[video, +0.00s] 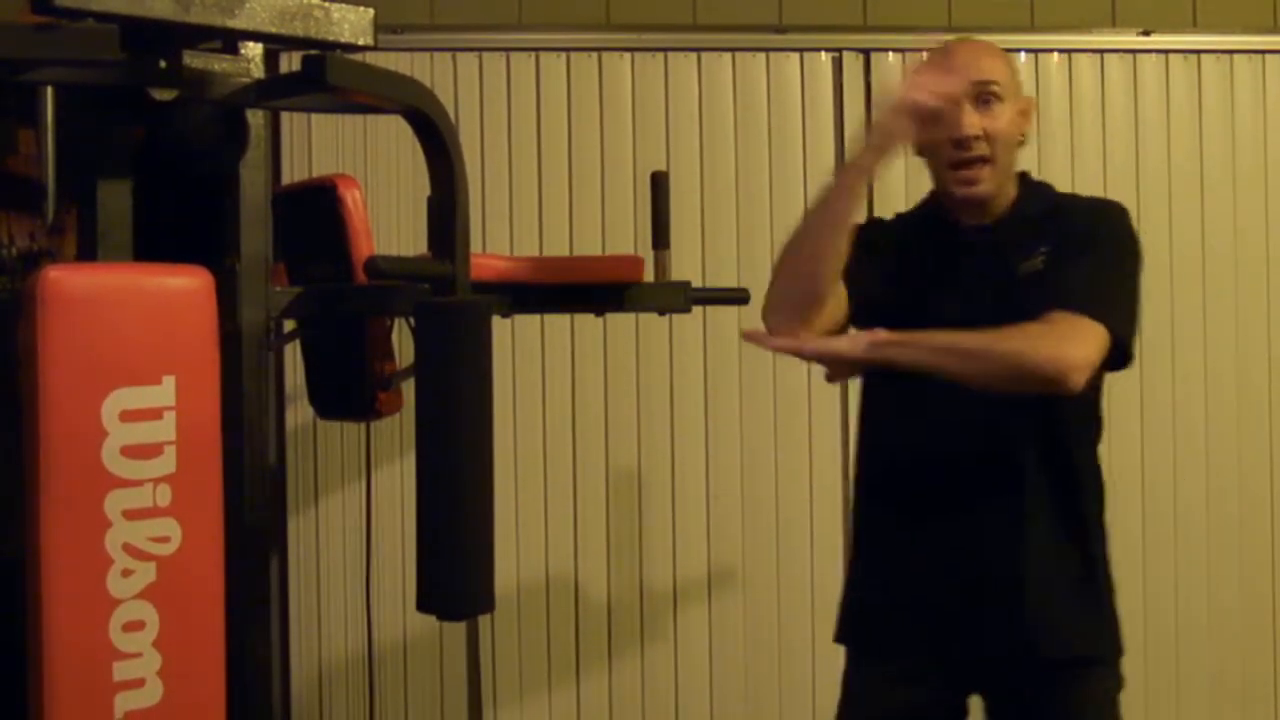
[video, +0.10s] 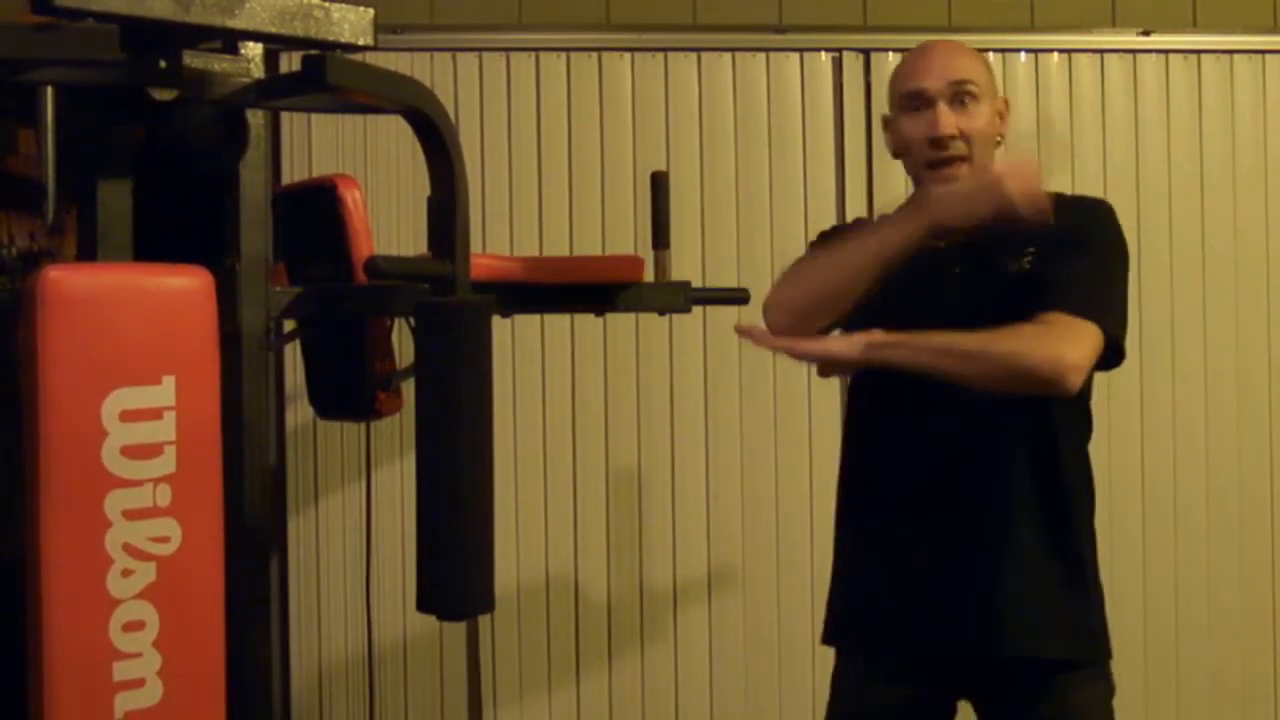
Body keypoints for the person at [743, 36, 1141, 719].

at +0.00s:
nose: (963, 128)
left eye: (985, 99)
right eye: (938, 108)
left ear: (1025, 118)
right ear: (913, 131)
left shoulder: (1090, 229)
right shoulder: (880, 246)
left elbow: (1066, 359)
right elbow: (789, 320)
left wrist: (873, 348)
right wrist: (870, 153)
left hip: (1049, 615)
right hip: (901, 616)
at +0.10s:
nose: (943, 123)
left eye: (963, 99)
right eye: (917, 105)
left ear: (1001, 119)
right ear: (892, 135)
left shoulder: (1077, 227)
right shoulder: (857, 244)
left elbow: (1062, 359)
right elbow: (783, 317)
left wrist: (874, 349)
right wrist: (938, 211)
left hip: (1038, 614)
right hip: (888, 616)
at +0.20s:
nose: (959, 115)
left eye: (980, 90)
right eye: (933, 96)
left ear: (1016, 110)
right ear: (907, 125)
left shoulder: (1086, 230)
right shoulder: (866, 249)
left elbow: (1064, 378)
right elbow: (797, 375)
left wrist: (858, 381)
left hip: (1044, 620)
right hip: (890, 621)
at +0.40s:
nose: (1025, 126)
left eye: (1045, 104)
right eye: (997, 107)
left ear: (1074, 132)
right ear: (961, 143)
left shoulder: (1144, 268)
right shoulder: (906, 272)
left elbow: (1156, 481)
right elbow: (750, 376)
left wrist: (1088, 663)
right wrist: (901, 382)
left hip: (1100, 661)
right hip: (944, 654)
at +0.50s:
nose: (1037, 144)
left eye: (1056, 121)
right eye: (1009, 124)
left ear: (1087, 145)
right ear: (973, 157)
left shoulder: (1162, 278)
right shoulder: (933, 289)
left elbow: (1229, 487)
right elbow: (772, 395)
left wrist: (1262, 672)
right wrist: (905, 277)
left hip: (1128, 667)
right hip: (968, 670)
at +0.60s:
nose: (1057, 145)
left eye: (1075, 118)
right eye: (1029, 124)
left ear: (1103, 132)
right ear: (988, 150)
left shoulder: (1179, 271)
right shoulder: (934, 287)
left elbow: (1262, 454)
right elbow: (844, 447)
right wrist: (838, 282)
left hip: (1134, 663)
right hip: (975, 661)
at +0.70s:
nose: (1089, 139)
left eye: (1098, 113)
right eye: (1059, 119)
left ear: (1115, 116)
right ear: (998, 137)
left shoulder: (1177, 249)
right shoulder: (940, 274)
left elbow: (1255, 430)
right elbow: (859, 468)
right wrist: (880, 342)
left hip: (1140, 643)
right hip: (979, 645)